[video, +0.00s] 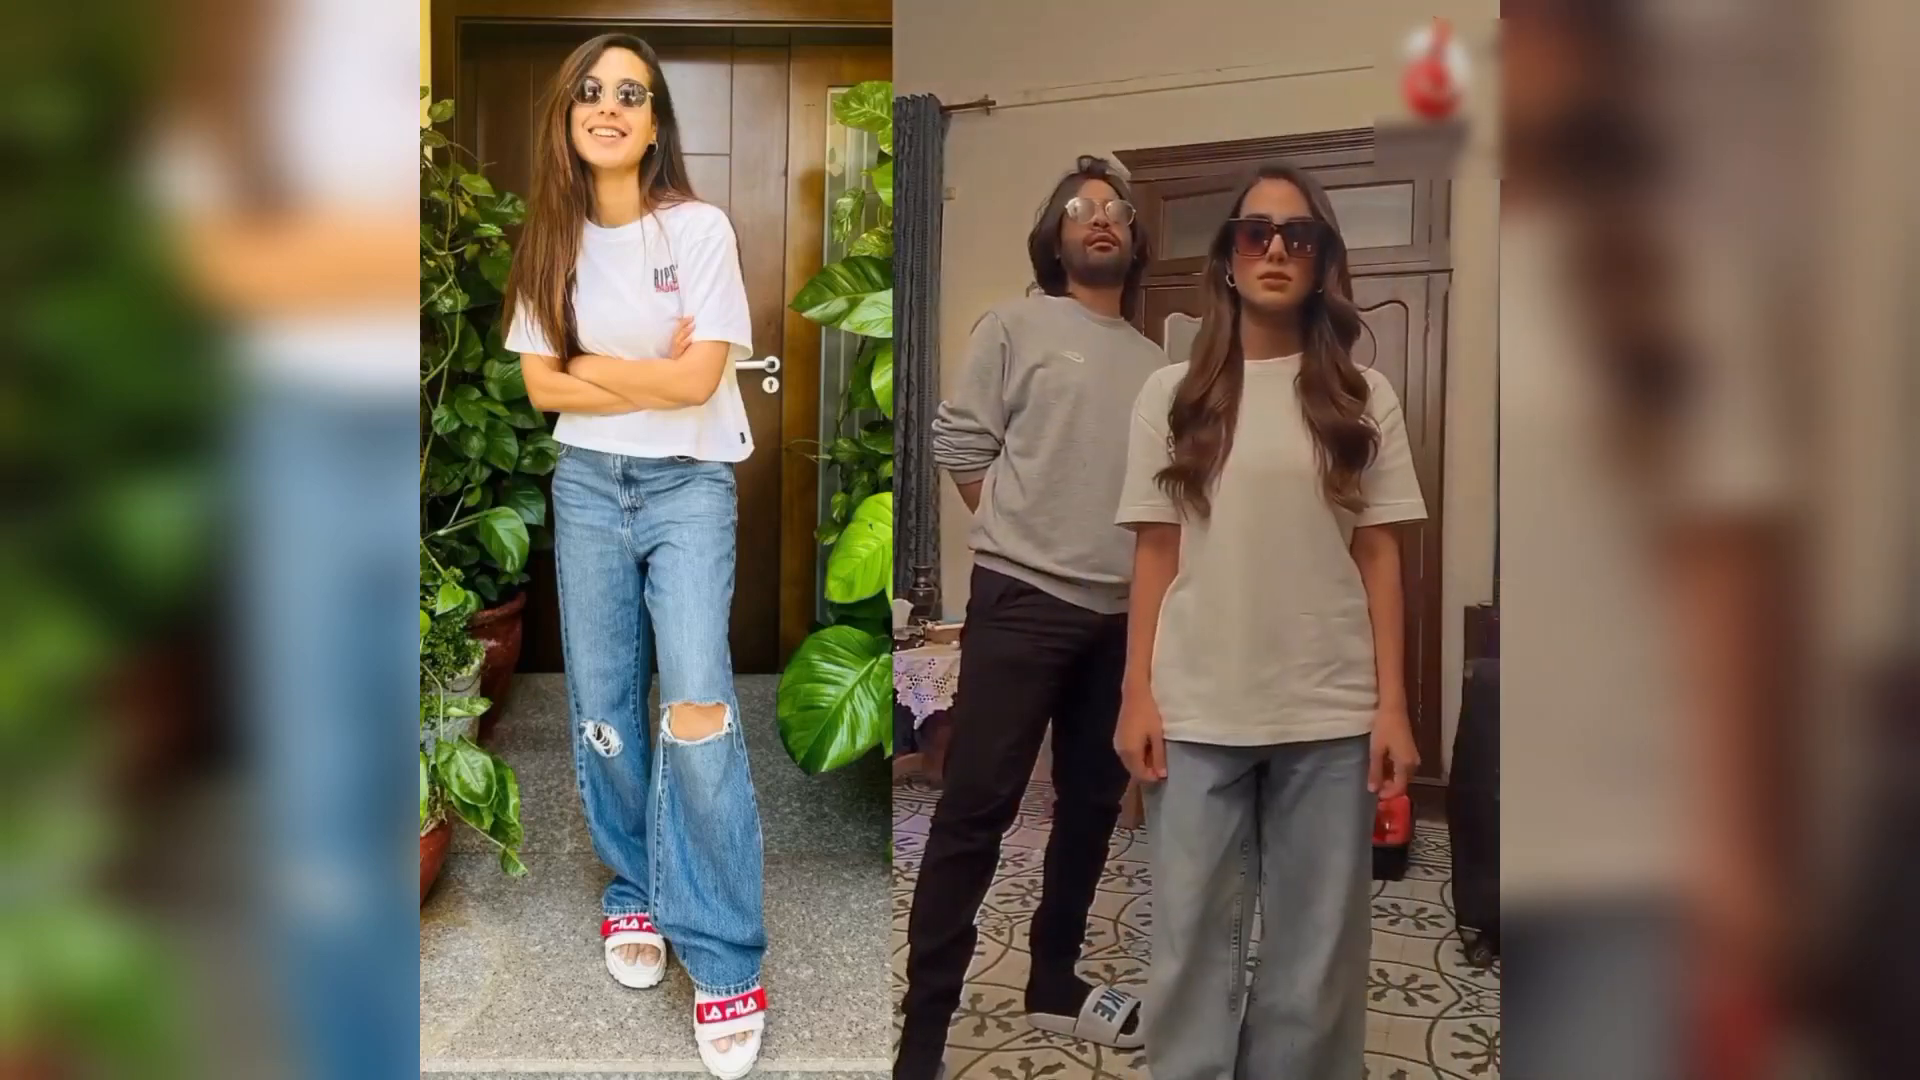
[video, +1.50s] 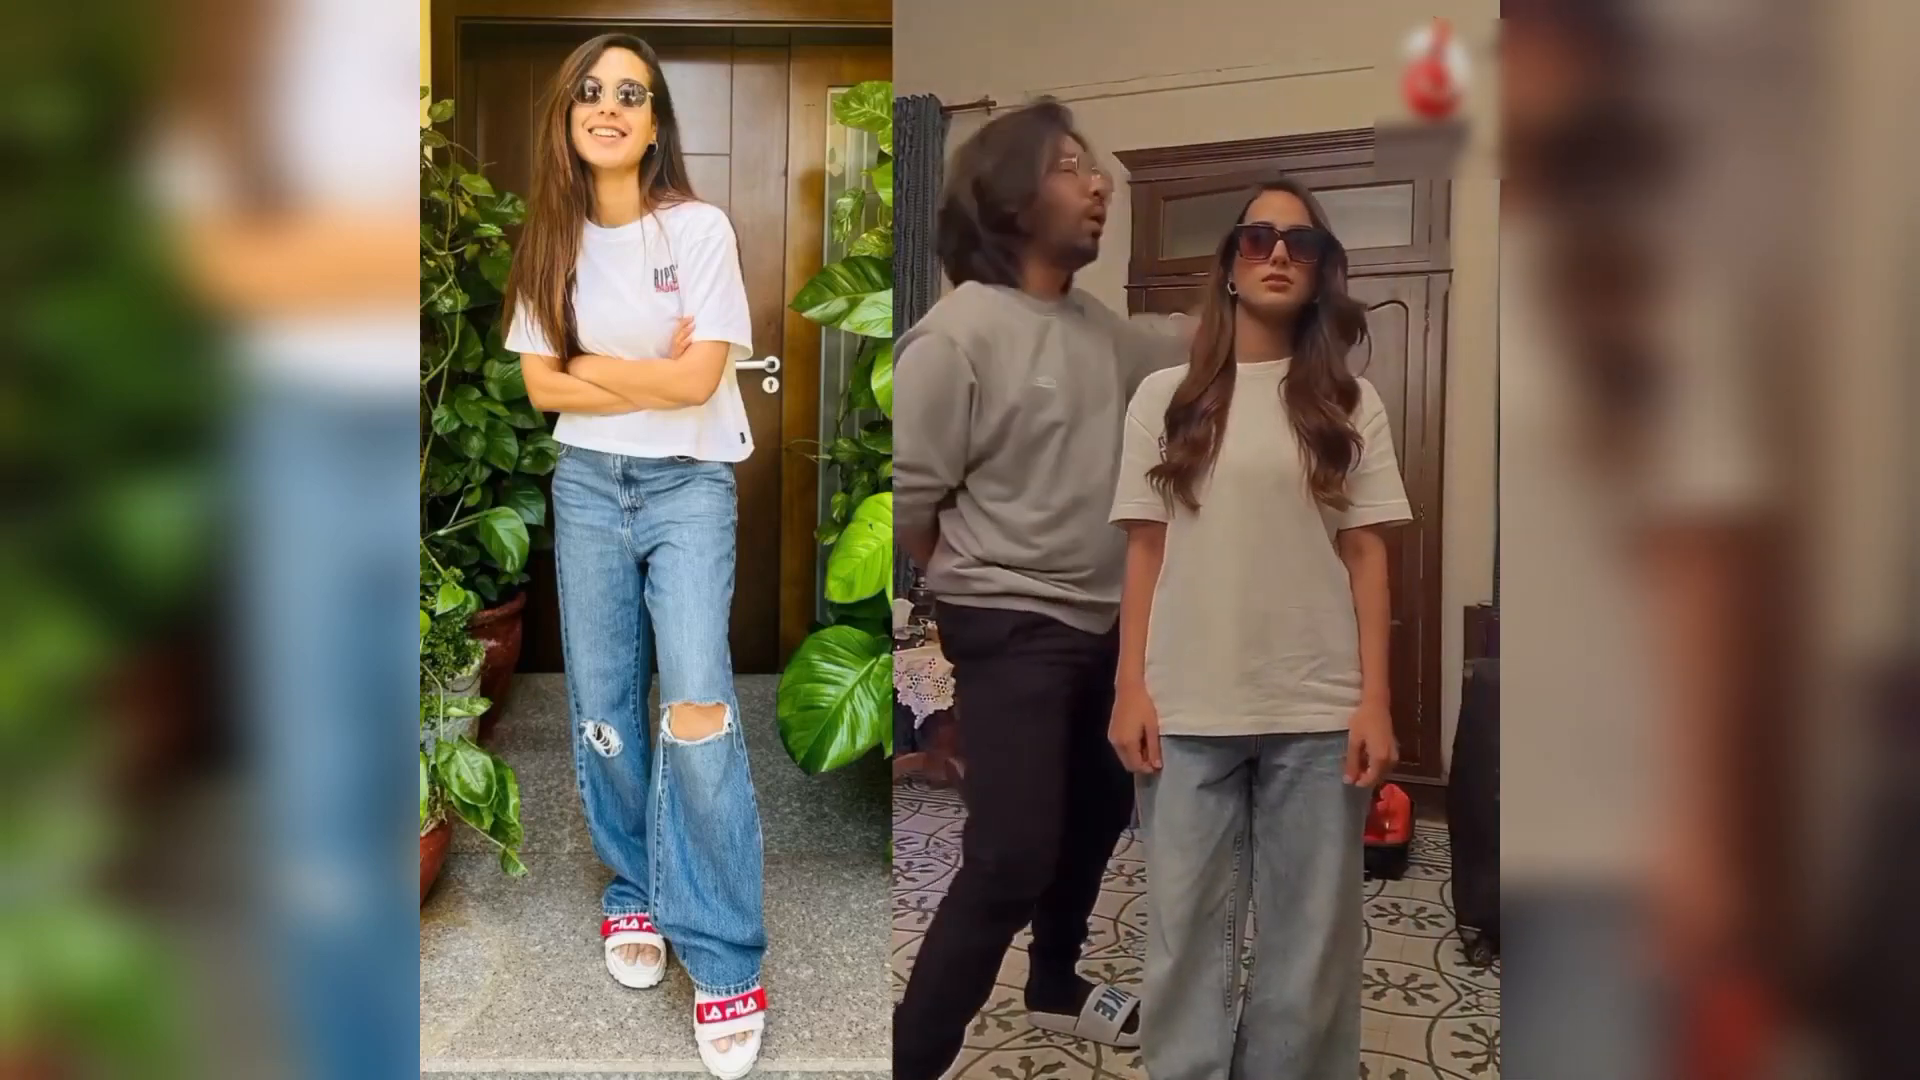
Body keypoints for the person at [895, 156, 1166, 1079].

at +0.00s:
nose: (1100, 218)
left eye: (1114, 207)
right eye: (1082, 208)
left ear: (1135, 235)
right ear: (1053, 236)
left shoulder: (1160, 360)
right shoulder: (1013, 326)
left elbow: (1171, 491)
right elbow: (964, 457)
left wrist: (1126, 565)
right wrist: (1014, 552)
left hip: (1124, 610)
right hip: (1019, 601)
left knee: (1091, 807)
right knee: (974, 812)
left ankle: (1055, 985)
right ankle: (923, 1036)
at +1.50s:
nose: (1100, 186)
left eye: (1096, 170)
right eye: (1073, 168)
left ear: (1088, 192)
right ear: (1009, 192)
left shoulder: (1106, 329)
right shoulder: (955, 333)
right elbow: (908, 516)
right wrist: (951, 591)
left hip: (1107, 620)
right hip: (1002, 622)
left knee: (1092, 816)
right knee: (1011, 866)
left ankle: (1055, 986)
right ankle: (914, 1064)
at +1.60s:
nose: (1085, 209)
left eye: (1081, 189)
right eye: (1062, 191)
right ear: (997, 210)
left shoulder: (1074, 319)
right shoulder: (951, 343)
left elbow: (1139, 312)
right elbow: (918, 526)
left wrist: (1190, 236)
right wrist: (919, 613)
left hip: (1105, 623)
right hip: (1017, 631)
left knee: (1105, 820)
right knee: (1033, 867)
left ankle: (1055, 989)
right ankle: (914, 1065)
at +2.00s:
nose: (1077, 184)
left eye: (1074, 171)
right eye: (1048, 175)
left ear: (1078, 199)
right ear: (998, 209)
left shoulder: (1103, 329)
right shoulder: (992, 323)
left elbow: (1171, 317)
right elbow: (925, 481)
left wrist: (1236, 261)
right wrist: (954, 561)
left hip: (1112, 612)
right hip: (1024, 610)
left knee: (1099, 807)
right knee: (1006, 850)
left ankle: (1055, 987)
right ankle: (910, 1061)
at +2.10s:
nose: (1086, 186)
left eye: (1089, 176)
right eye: (1058, 176)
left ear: (1104, 210)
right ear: (1013, 213)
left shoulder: (1139, 346)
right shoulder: (1010, 316)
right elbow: (941, 462)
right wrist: (976, 559)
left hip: (1115, 610)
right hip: (1024, 603)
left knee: (1089, 812)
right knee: (990, 834)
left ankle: (1056, 987)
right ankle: (912, 1053)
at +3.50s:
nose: (1090, 224)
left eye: (1115, 214)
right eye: (1086, 212)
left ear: (1157, 245)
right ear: (1075, 238)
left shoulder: (1189, 354)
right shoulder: (1022, 336)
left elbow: (1207, 486)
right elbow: (964, 447)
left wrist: (1160, 564)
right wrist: (1016, 530)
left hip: (1127, 623)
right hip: (1012, 612)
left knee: (1105, 817)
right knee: (975, 821)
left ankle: (1057, 979)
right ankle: (934, 1055)